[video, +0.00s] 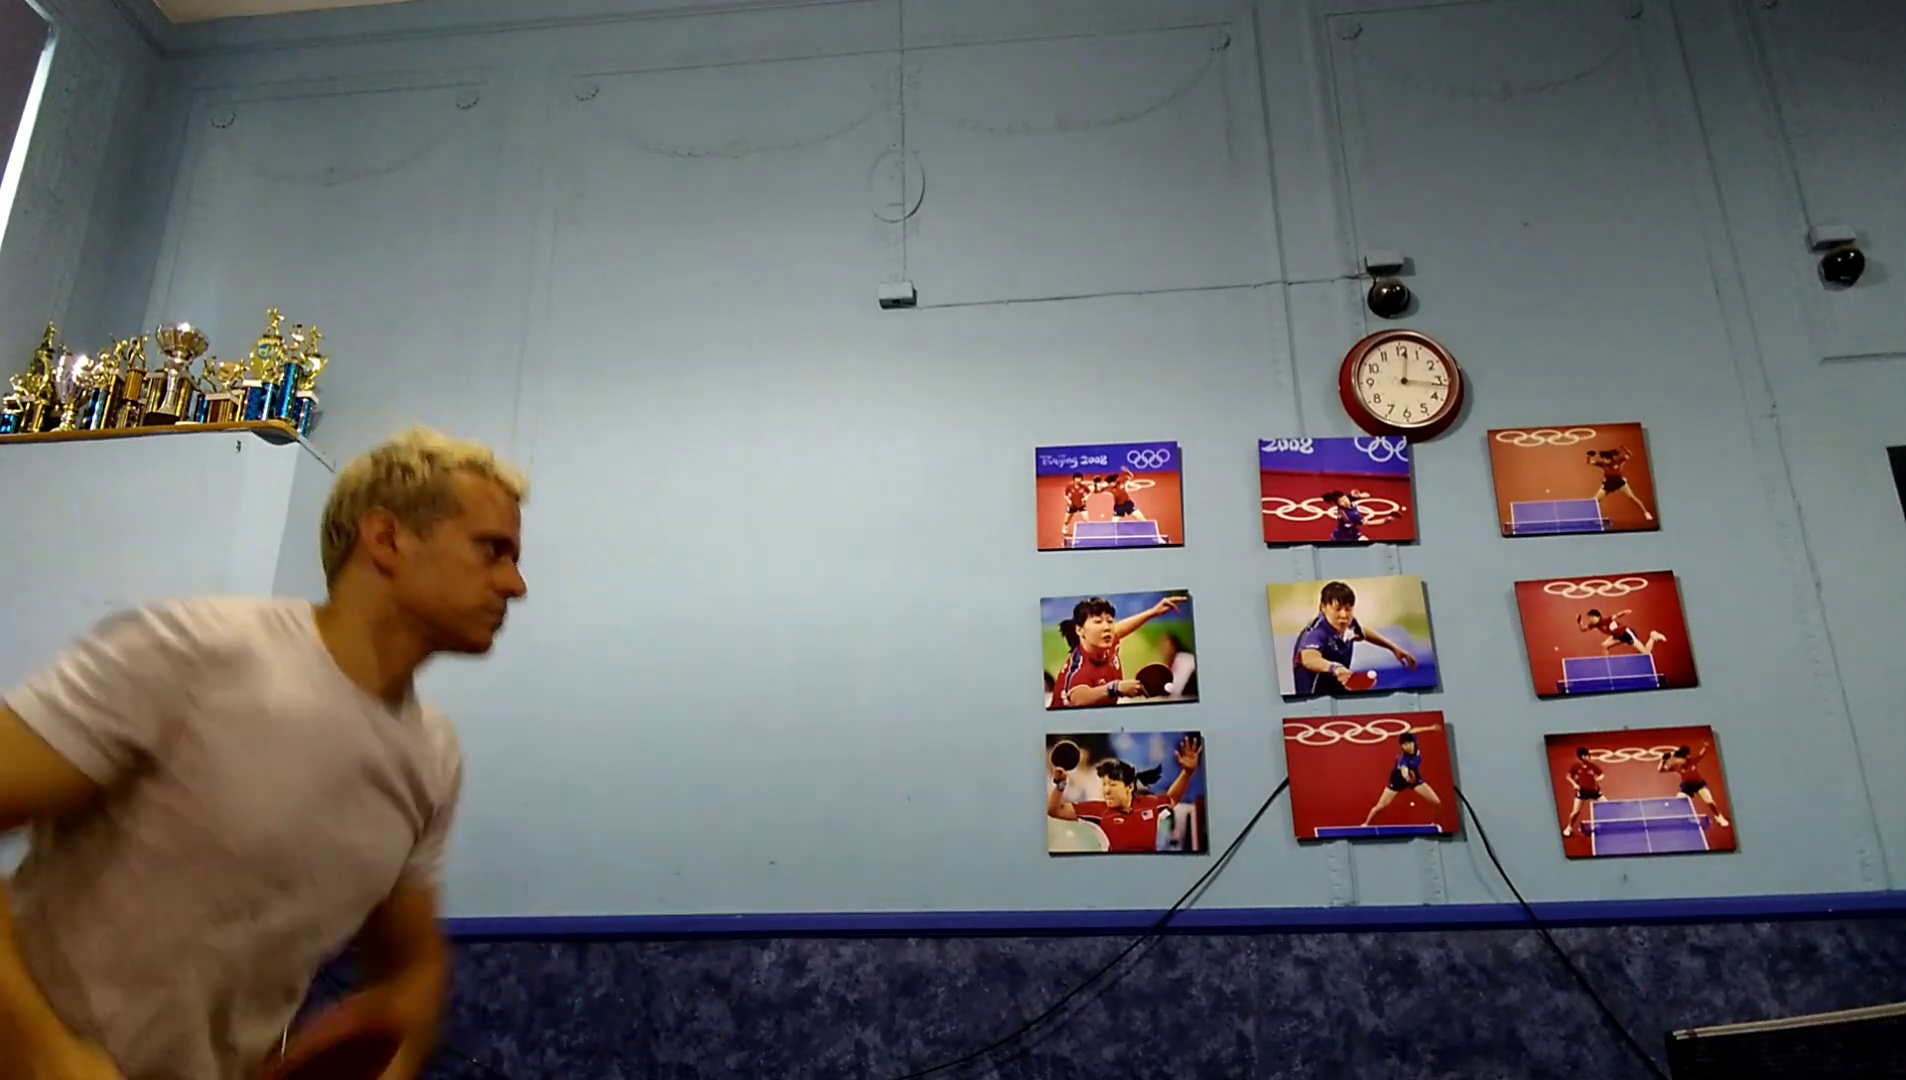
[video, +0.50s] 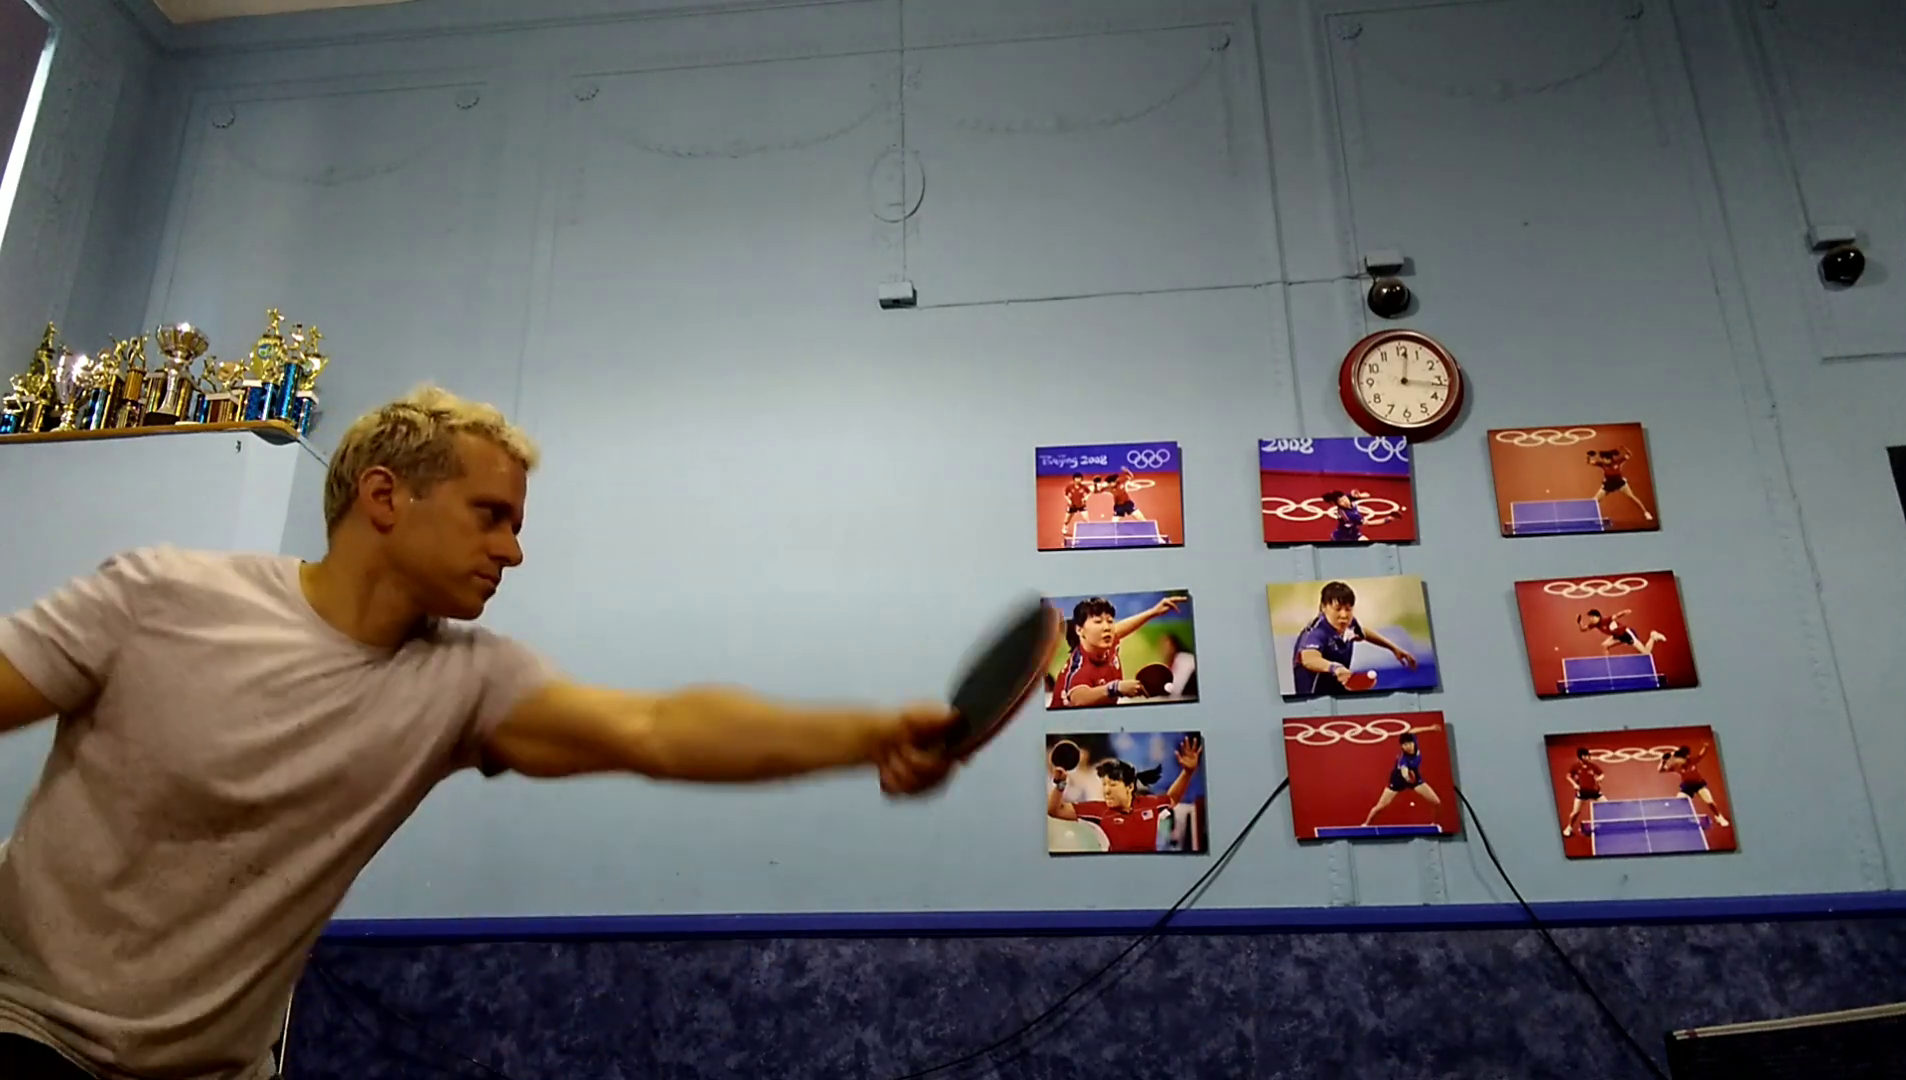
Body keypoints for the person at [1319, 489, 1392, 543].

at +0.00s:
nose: (1344, 502)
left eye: (1344, 499)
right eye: (1341, 502)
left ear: (1346, 497)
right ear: (1338, 505)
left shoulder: (1349, 498)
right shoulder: (1350, 515)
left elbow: (1368, 496)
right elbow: (1367, 523)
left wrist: (1360, 495)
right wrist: (1384, 520)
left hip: (1355, 535)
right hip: (1341, 538)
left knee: (1369, 547)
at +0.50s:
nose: (1344, 502)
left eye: (1344, 499)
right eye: (1341, 502)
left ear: (1346, 497)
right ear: (1339, 505)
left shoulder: (1349, 499)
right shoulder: (1350, 515)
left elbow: (1368, 496)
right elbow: (1367, 523)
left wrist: (1360, 495)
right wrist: (1385, 520)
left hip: (1355, 535)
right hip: (1341, 538)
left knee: (1370, 547)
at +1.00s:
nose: (1345, 502)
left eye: (1344, 499)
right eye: (1341, 502)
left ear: (1347, 497)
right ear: (1338, 505)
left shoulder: (1349, 499)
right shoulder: (1350, 515)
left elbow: (1368, 495)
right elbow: (1367, 523)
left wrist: (1360, 495)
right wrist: (1384, 520)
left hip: (1355, 535)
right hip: (1342, 538)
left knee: (1370, 547)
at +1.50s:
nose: (1345, 502)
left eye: (1344, 499)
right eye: (1341, 502)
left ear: (1347, 497)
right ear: (1338, 505)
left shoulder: (1349, 499)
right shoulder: (1349, 515)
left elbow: (1368, 495)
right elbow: (1366, 523)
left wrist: (1360, 495)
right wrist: (1384, 520)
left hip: (1355, 535)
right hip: (1342, 538)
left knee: (1370, 547)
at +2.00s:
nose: (1344, 502)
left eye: (1344, 499)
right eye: (1341, 502)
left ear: (1346, 497)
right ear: (1338, 505)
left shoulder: (1350, 499)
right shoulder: (1349, 515)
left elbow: (1367, 496)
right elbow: (1367, 523)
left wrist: (1360, 495)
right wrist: (1385, 520)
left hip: (1355, 536)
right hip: (1342, 538)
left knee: (1370, 547)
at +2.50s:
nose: (1344, 502)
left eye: (1344, 499)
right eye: (1341, 502)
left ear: (1346, 497)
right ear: (1338, 505)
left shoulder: (1350, 500)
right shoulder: (1349, 515)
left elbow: (1367, 496)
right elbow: (1367, 523)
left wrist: (1360, 495)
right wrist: (1385, 520)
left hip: (1355, 536)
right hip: (1341, 538)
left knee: (1370, 547)